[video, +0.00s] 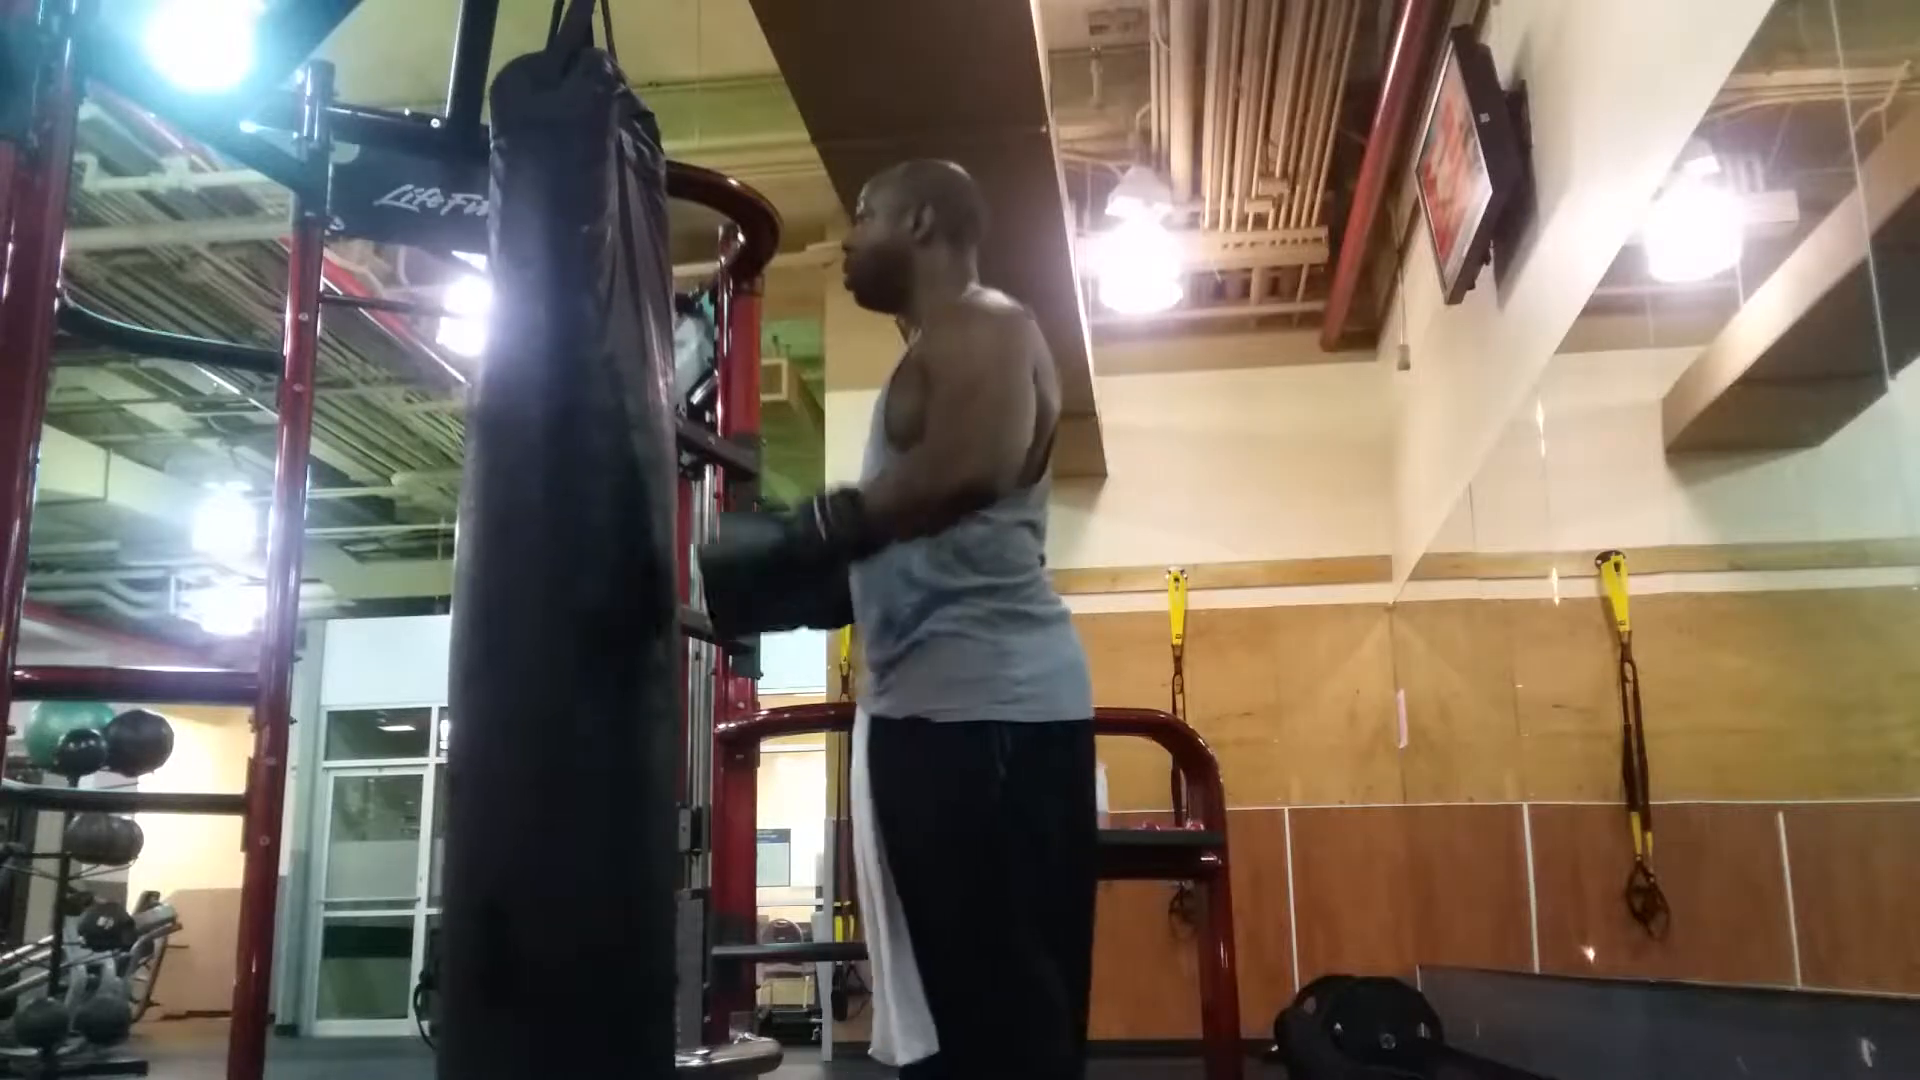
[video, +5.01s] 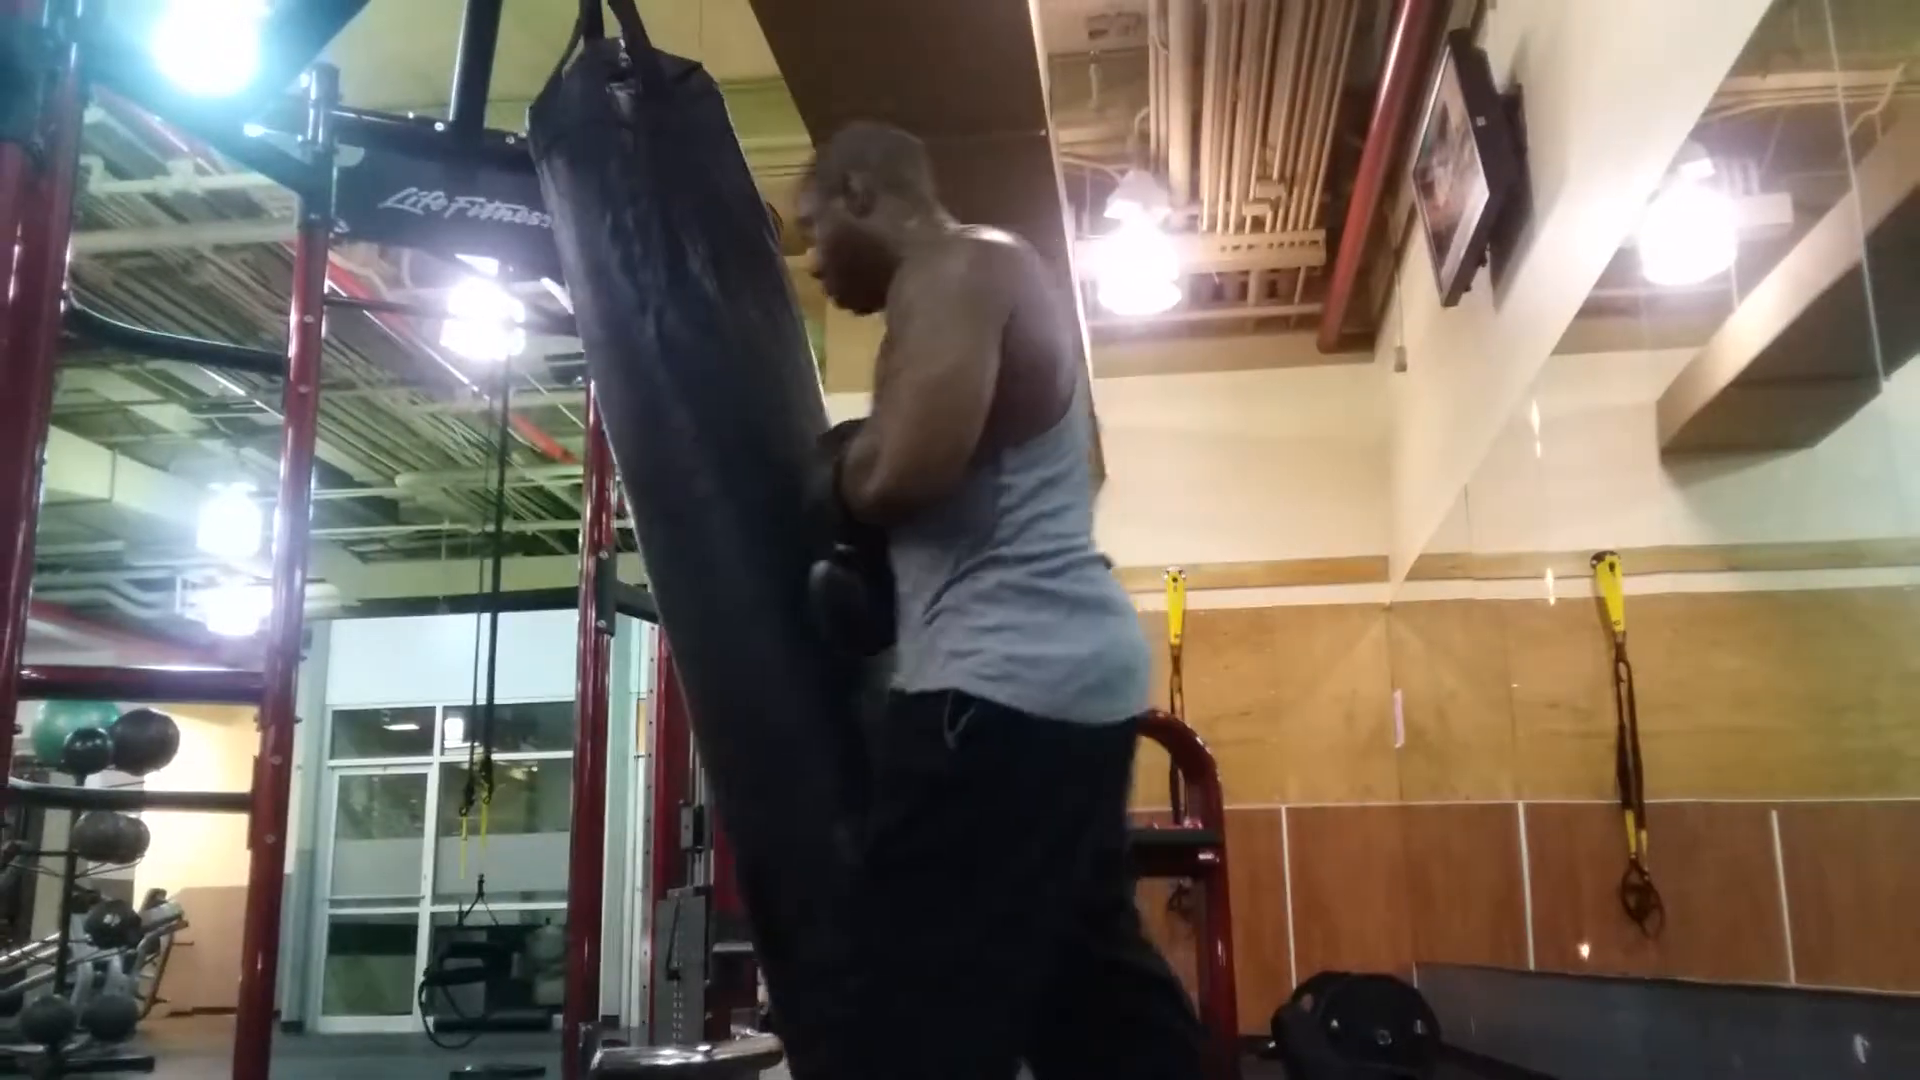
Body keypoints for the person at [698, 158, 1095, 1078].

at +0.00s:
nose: (847, 240)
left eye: (864, 216)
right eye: (854, 220)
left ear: (920, 224)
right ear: (926, 229)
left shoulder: (978, 322)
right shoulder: (935, 355)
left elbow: (974, 464)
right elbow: (913, 557)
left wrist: (815, 528)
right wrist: (775, 591)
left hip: (981, 713)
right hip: (947, 713)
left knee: (992, 1022)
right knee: (981, 1021)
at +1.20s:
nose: (825, 335)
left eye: (826, 304)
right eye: (818, 313)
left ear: (882, 277)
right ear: (890, 282)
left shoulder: (977, 342)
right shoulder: (910, 387)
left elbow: (922, 481)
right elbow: (881, 542)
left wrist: (803, 443)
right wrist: (790, 463)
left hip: (950, 707)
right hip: (903, 708)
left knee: (951, 1010)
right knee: (924, 1007)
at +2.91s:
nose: (698, 338)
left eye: (707, 309)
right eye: (696, 316)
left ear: (754, 295)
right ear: (780, 296)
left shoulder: (818, 344)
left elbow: (789, 435)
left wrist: (677, 467)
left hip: (893, 707)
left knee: (916, 1011)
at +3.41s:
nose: (724, 309)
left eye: (738, 287)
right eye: (725, 293)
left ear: (805, 286)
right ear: (808, 293)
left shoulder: (858, 347)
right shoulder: (814, 401)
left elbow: (848, 462)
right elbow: (861, 597)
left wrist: (723, 483)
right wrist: (752, 624)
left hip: (911, 702)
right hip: (872, 706)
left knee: (914, 992)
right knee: (889, 990)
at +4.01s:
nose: (811, 256)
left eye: (824, 235)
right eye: (815, 237)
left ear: (880, 234)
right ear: (895, 241)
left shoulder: (938, 313)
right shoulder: (938, 331)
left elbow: (885, 474)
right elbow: (963, 546)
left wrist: (815, 489)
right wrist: (868, 608)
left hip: (971, 699)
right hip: (978, 698)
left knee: (960, 1020)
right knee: (983, 1016)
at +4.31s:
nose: (839, 236)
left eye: (841, 206)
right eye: (836, 211)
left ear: (883, 183)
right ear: (950, 187)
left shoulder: (944, 266)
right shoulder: (1049, 293)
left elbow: (869, 469)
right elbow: (1107, 510)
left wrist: (850, 474)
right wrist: (934, 566)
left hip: (1018, 673)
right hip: (1104, 665)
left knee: (1012, 1020)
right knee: (1084, 1010)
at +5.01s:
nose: (813, 265)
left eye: (811, 235)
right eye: (803, 243)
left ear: (860, 201)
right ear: (894, 198)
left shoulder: (954, 269)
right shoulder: (1012, 270)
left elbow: (905, 473)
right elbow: (1083, 469)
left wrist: (839, 465)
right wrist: (895, 506)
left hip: (1002, 683)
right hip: (1069, 675)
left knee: (919, 994)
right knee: (1091, 979)